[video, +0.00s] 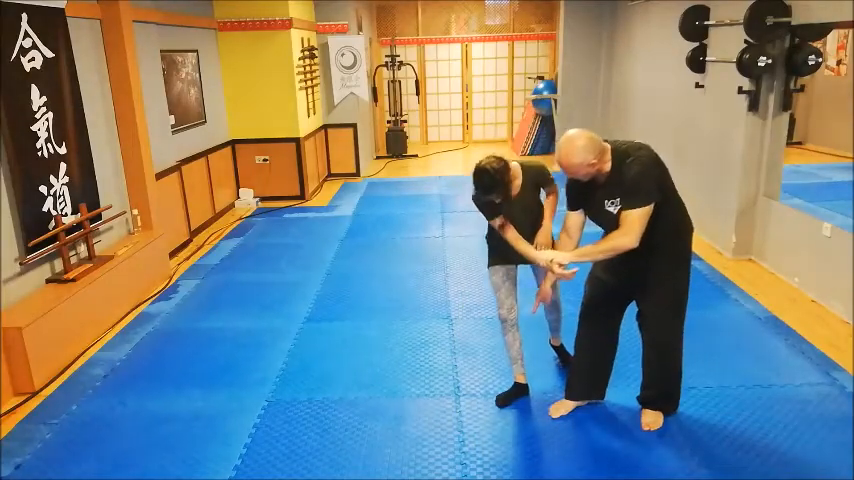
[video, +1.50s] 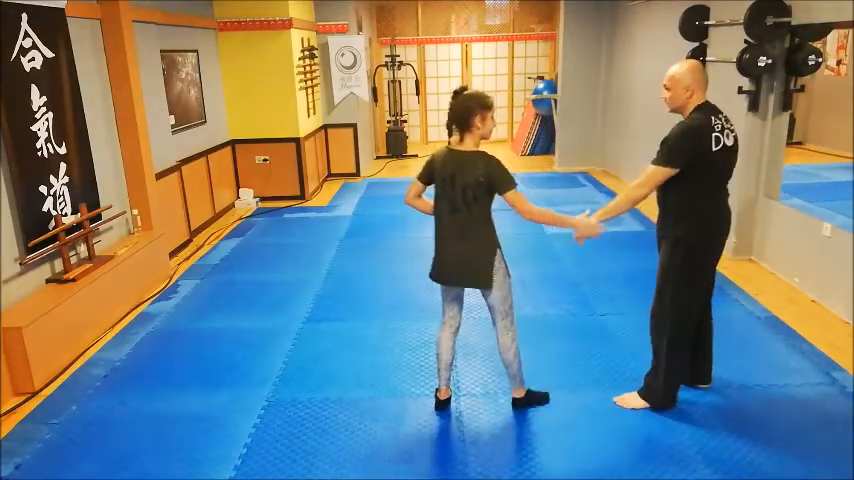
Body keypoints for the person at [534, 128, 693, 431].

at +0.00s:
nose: (571, 180)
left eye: (574, 175)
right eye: (567, 175)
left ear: (595, 162)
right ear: (569, 162)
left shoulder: (639, 164)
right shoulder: (579, 176)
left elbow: (629, 238)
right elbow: (570, 234)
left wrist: (569, 255)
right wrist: (548, 280)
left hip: (665, 246)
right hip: (620, 244)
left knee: (659, 323)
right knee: (596, 312)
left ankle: (654, 402)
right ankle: (582, 391)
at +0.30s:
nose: (597, 148)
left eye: (602, 143)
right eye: (595, 141)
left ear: (627, 138)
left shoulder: (669, 153)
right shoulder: (610, 159)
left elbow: (653, 225)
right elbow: (605, 211)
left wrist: (594, 242)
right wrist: (591, 255)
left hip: (681, 248)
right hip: (635, 242)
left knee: (668, 323)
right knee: (609, 312)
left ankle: (655, 403)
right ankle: (585, 386)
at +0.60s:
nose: (622, 118)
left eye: (627, 112)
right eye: (621, 111)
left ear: (653, 112)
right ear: (647, 112)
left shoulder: (688, 143)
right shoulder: (637, 143)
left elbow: (674, 214)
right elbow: (633, 199)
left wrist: (611, 227)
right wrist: (621, 239)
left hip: (687, 245)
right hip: (649, 239)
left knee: (669, 317)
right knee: (632, 307)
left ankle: (661, 400)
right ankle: (641, 372)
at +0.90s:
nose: (646, 99)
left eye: (653, 94)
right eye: (647, 93)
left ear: (680, 99)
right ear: (670, 98)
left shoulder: (699, 140)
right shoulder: (661, 133)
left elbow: (669, 207)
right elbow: (654, 192)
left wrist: (614, 221)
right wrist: (626, 223)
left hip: (691, 238)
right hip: (661, 232)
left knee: (665, 311)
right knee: (676, 303)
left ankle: (657, 400)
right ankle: (693, 369)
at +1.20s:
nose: (662, 95)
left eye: (667, 90)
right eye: (664, 89)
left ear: (686, 93)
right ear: (691, 92)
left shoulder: (694, 135)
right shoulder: (713, 121)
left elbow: (656, 192)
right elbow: (699, 184)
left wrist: (607, 224)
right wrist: (668, 218)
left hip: (691, 234)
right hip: (703, 226)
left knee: (670, 312)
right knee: (693, 303)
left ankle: (658, 395)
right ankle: (697, 372)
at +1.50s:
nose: (663, 94)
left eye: (668, 89)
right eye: (664, 88)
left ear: (690, 91)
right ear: (695, 91)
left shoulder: (687, 132)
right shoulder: (720, 122)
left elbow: (643, 188)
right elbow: (710, 183)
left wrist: (597, 218)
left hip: (687, 232)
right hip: (711, 225)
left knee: (669, 309)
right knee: (696, 300)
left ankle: (658, 393)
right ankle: (697, 372)